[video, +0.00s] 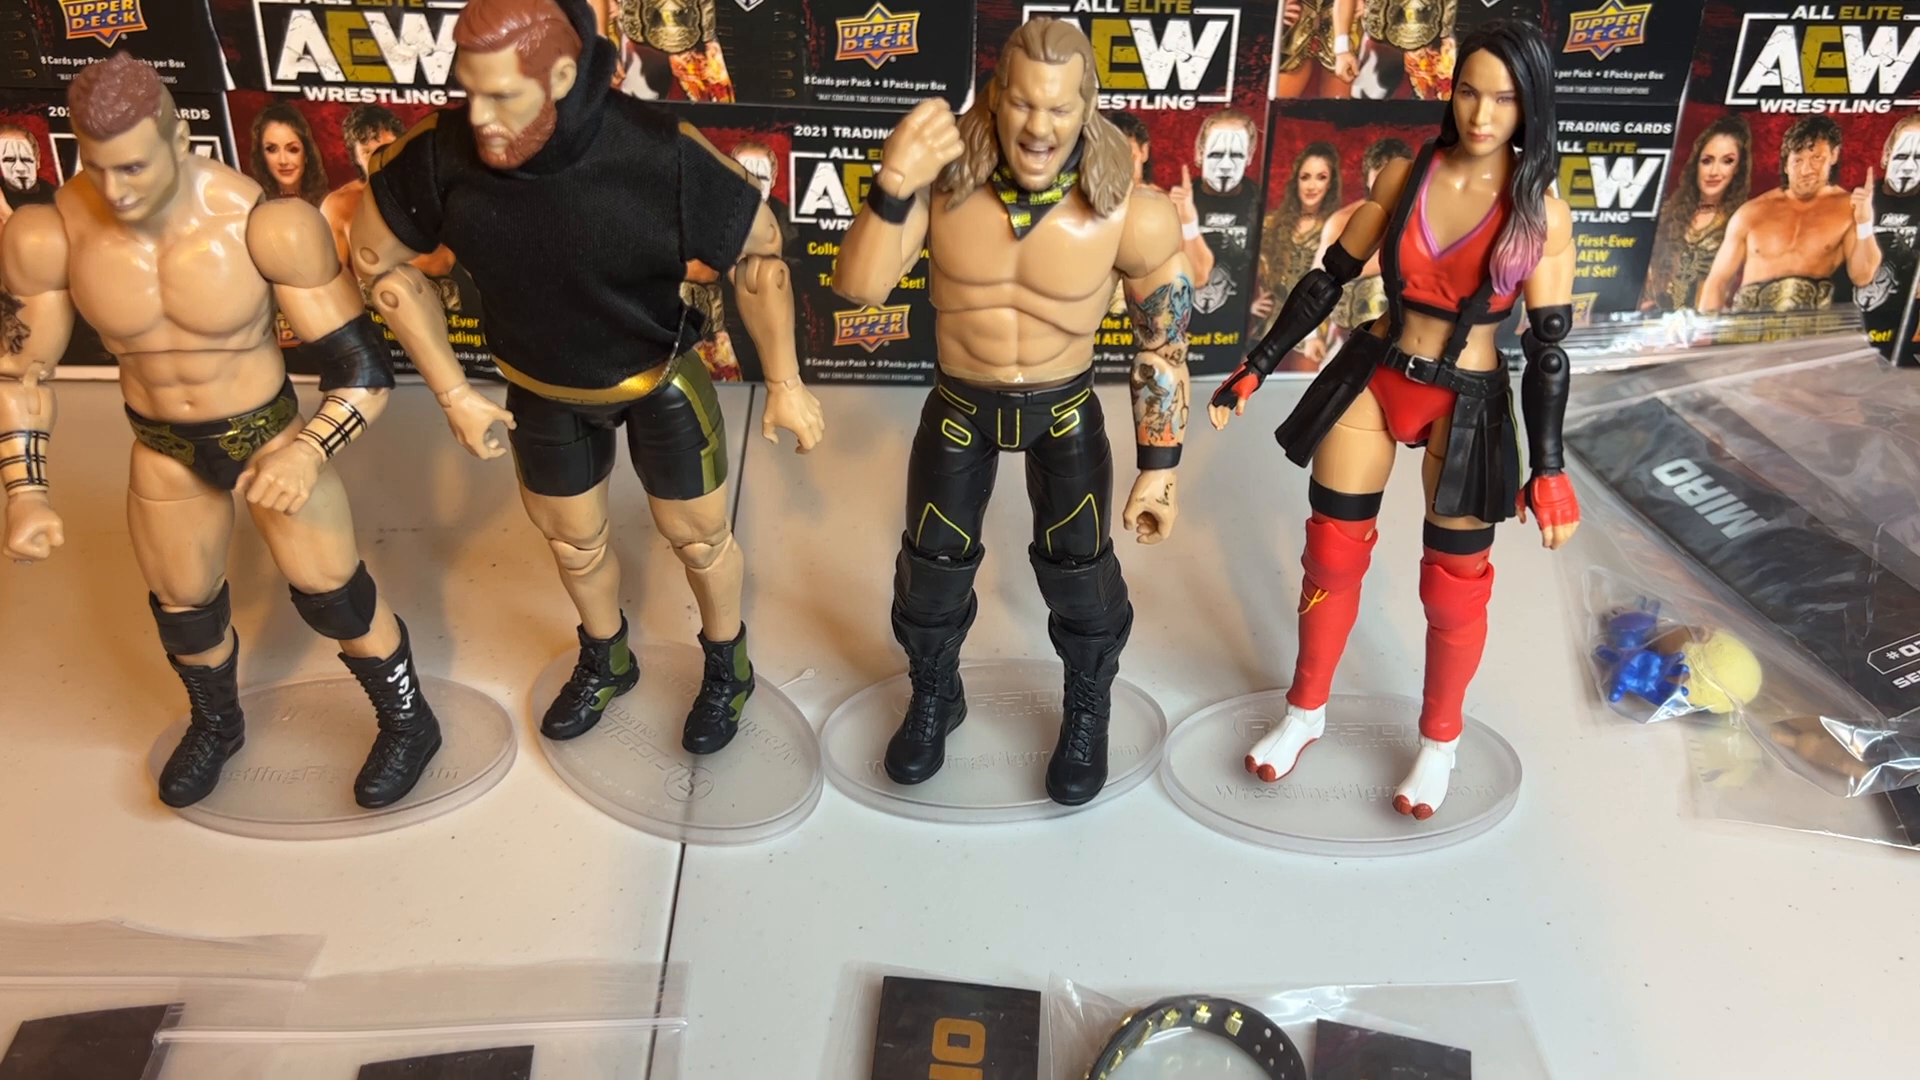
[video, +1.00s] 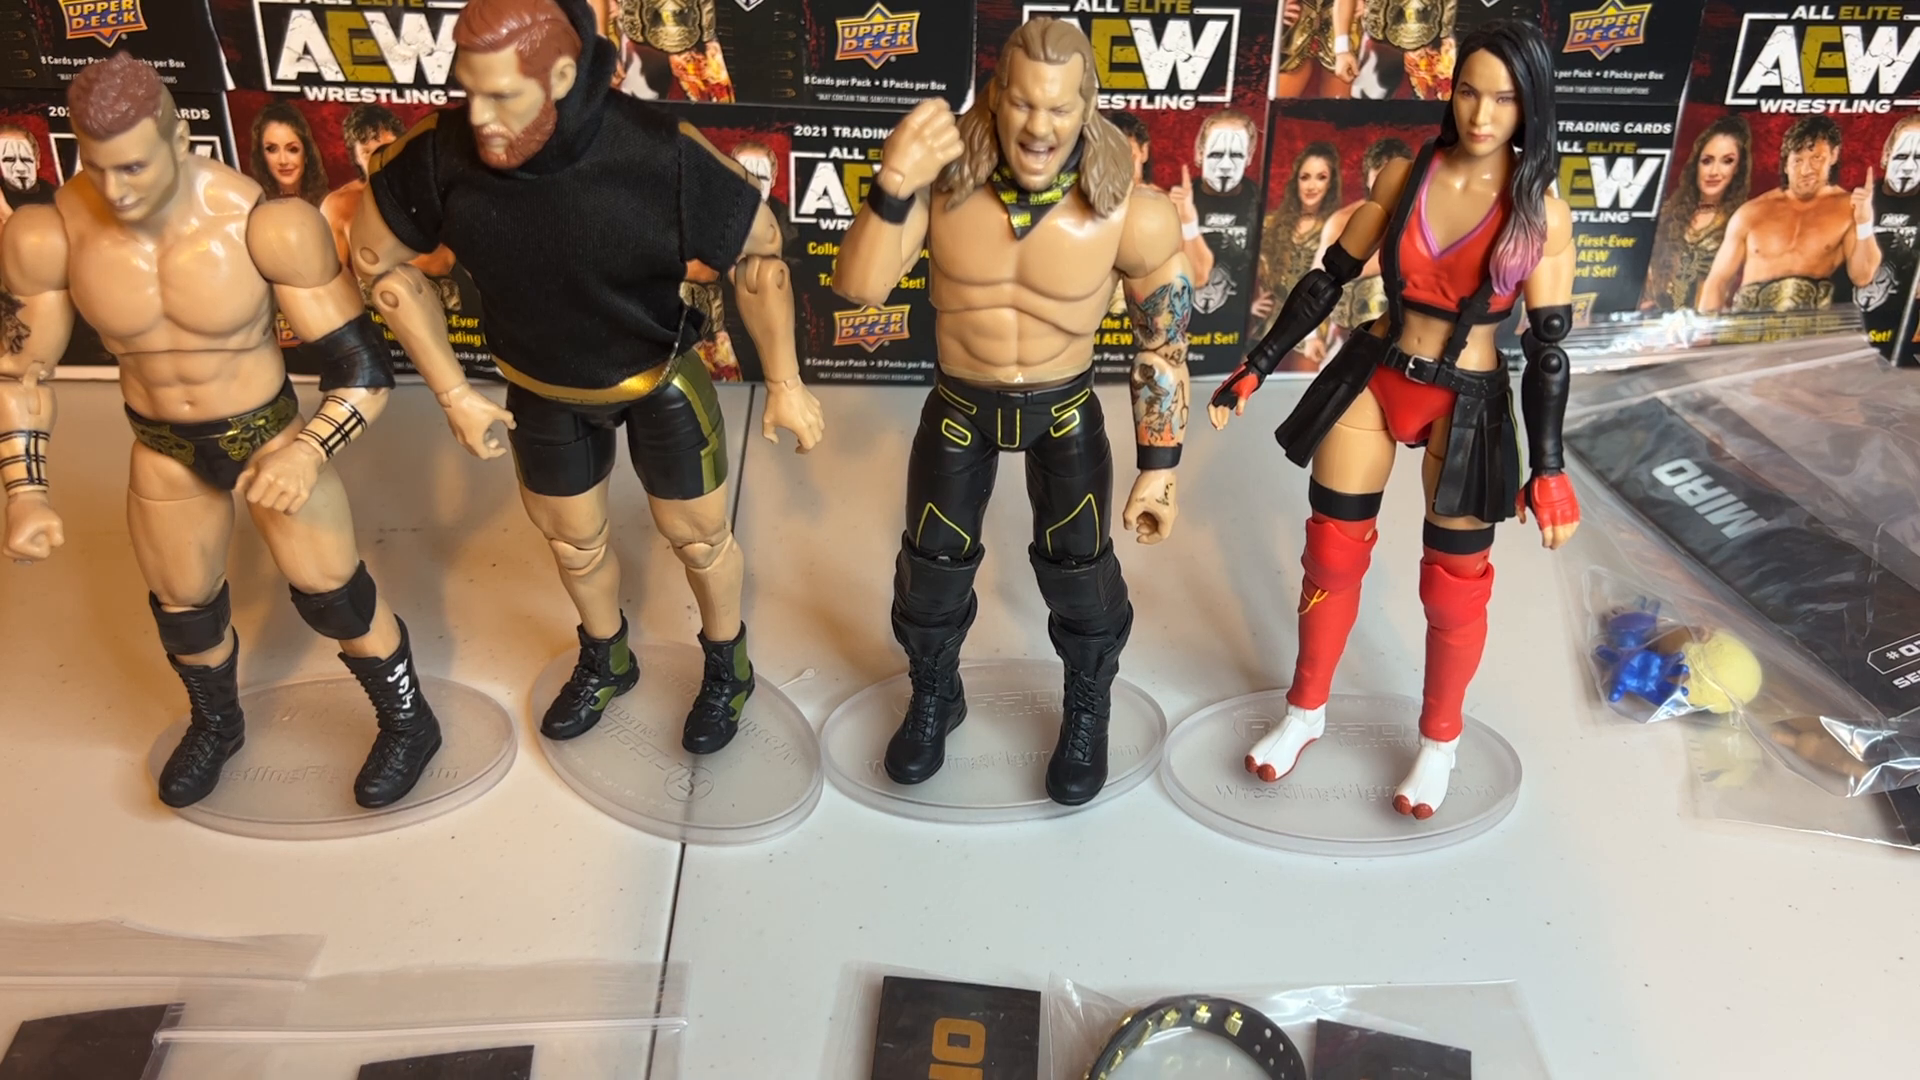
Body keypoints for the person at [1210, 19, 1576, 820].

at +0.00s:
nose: (1480, 113)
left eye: (1501, 99)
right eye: (1469, 94)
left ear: (1528, 108)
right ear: (1451, 94)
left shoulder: (1540, 209)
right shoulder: (1406, 175)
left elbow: (1548, 345)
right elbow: (1332, 274)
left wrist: (1549, 466)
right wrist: (1256, 364)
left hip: (1467, 404)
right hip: (1372, 382)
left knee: (1454, 591)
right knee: (1331, 559)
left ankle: (1438, 741)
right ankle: (1304, 710)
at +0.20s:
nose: (1479, 113)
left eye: (1500, 99)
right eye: (1469, 93)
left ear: (1529, 109)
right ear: (1450, 93)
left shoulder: (1539, 207)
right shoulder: (1406, 175)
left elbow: (1548, 343)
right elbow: (1333, 274)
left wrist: (1549, 465)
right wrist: (1256, 364)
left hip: (1467, 403)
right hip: (1372, 381)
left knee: (1453, 591)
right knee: (1331, 559)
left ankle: (1438, 742)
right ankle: (1304, 710)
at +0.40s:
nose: (1480, 113)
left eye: (1501, 98)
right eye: (1469, 93)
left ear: (1528, 108)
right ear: (1450, 94)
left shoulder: (1540, 208)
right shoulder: (1406, 175)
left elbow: (1549, 345)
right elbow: (1332, 274)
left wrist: (1549, 466)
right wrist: (1256, 364)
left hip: (1467, 404)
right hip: (1372, 382)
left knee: (1454, 590)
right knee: (1331, 559)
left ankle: (1438, 742)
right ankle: (1304, 710)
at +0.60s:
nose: (1479, 113)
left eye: (1501, 99)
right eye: (1469, 93)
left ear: (1529, 108)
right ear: (1451, 94)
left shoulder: (1540, 209)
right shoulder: (1406, 175)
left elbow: (1549, 345)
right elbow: (1332, 274)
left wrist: (1549, 466)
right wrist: (1256, 364)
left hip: (1467, 404)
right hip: (1372, 382)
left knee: (1453, 591)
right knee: (1331, 559)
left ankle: (1438, 741)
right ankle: (1304, 709)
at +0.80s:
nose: (1480, 114)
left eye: (1501, 99)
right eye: (1469, 94)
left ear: (1529, 108)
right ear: (1451, 94)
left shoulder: (1540, 209)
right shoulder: (1406, 175)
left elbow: (1549, 344)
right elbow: (1333, 273)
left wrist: (1549, 466)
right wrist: (1257, 364)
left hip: (1467, 405)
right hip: (1371, 383)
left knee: (1454, 591)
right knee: (1331, 559)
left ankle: (1438, 742)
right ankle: (1304, 710)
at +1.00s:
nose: (1480, 113)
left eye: (1501, 99)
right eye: (1469, 94)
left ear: (1529, 108)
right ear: (1450, 94)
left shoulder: (1540, 209)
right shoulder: (1406, 175)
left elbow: (1549, 345)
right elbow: (1333, 273)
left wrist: (1549, 466)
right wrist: (1256, 364)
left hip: (1467, 405)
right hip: (1372, 383)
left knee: (1454, 590)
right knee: (1331, 560)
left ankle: (1438, 742)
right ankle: (1304, 710)